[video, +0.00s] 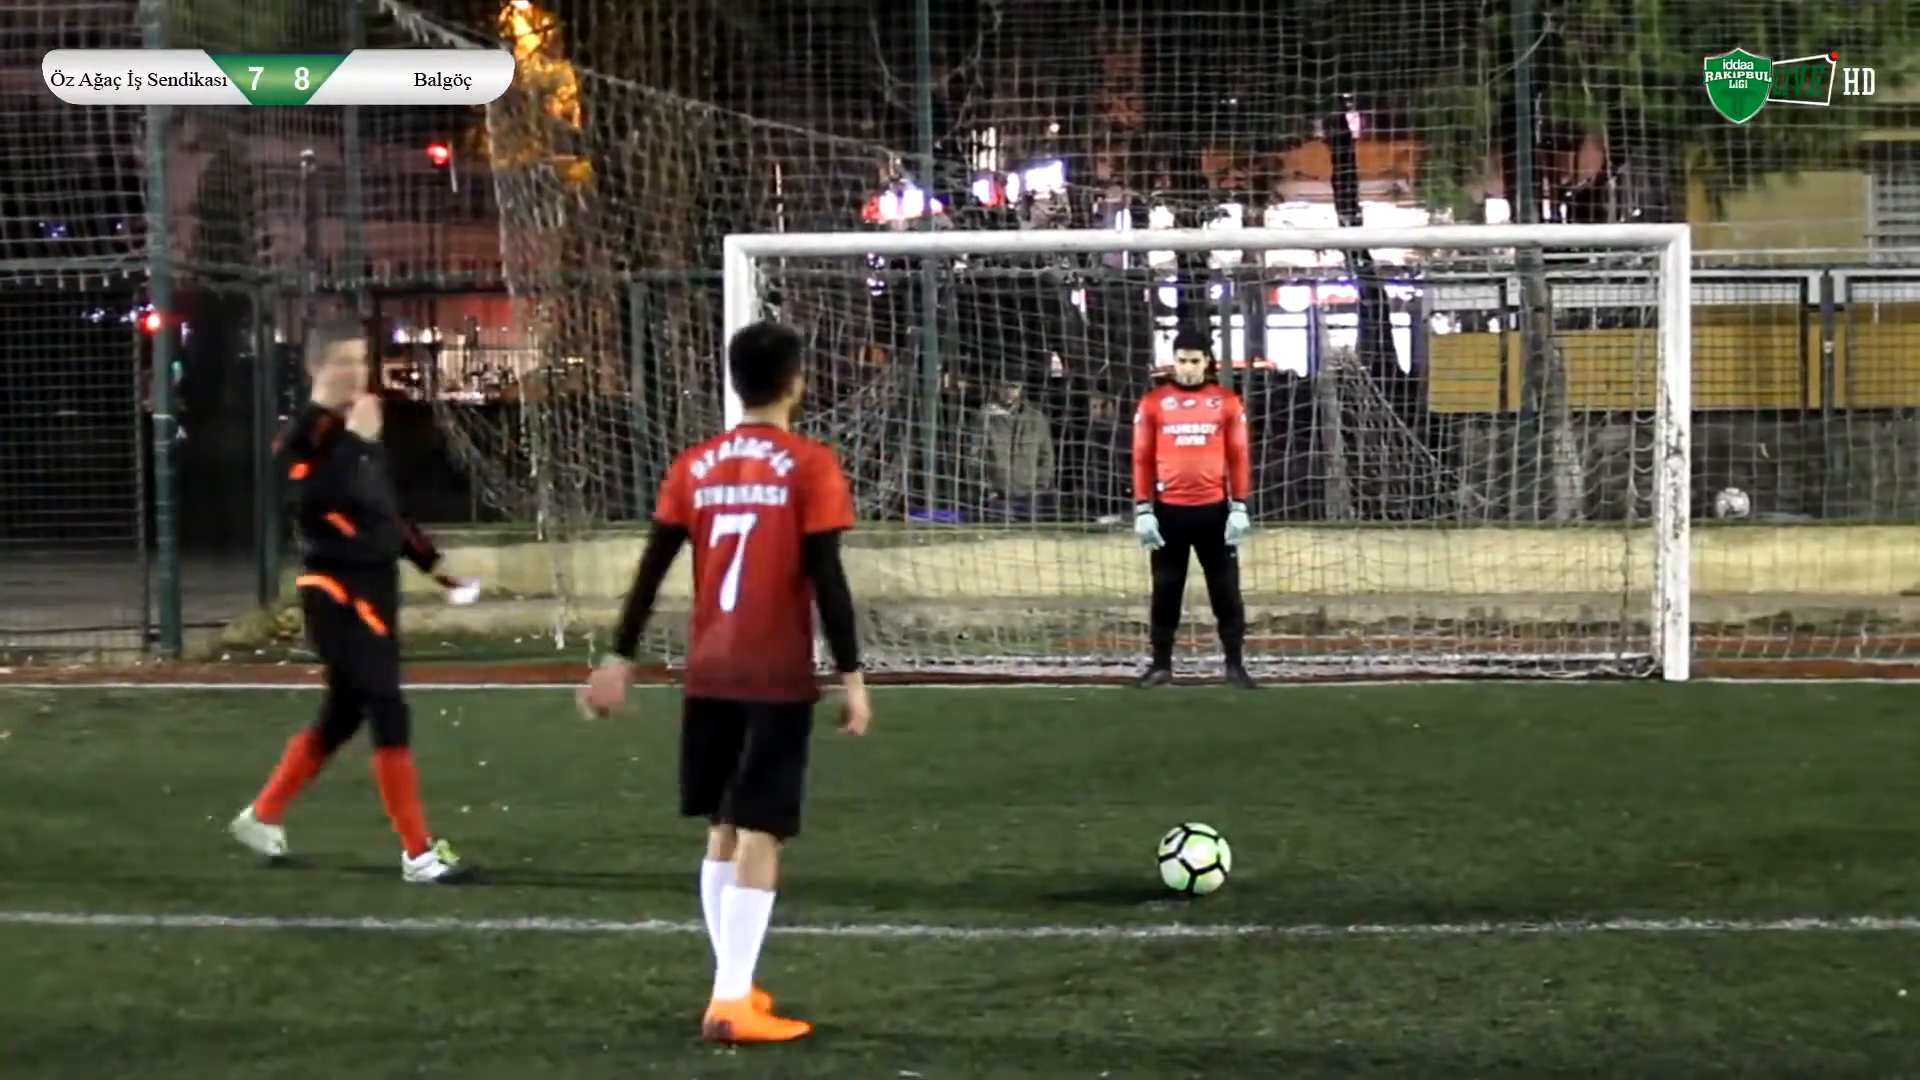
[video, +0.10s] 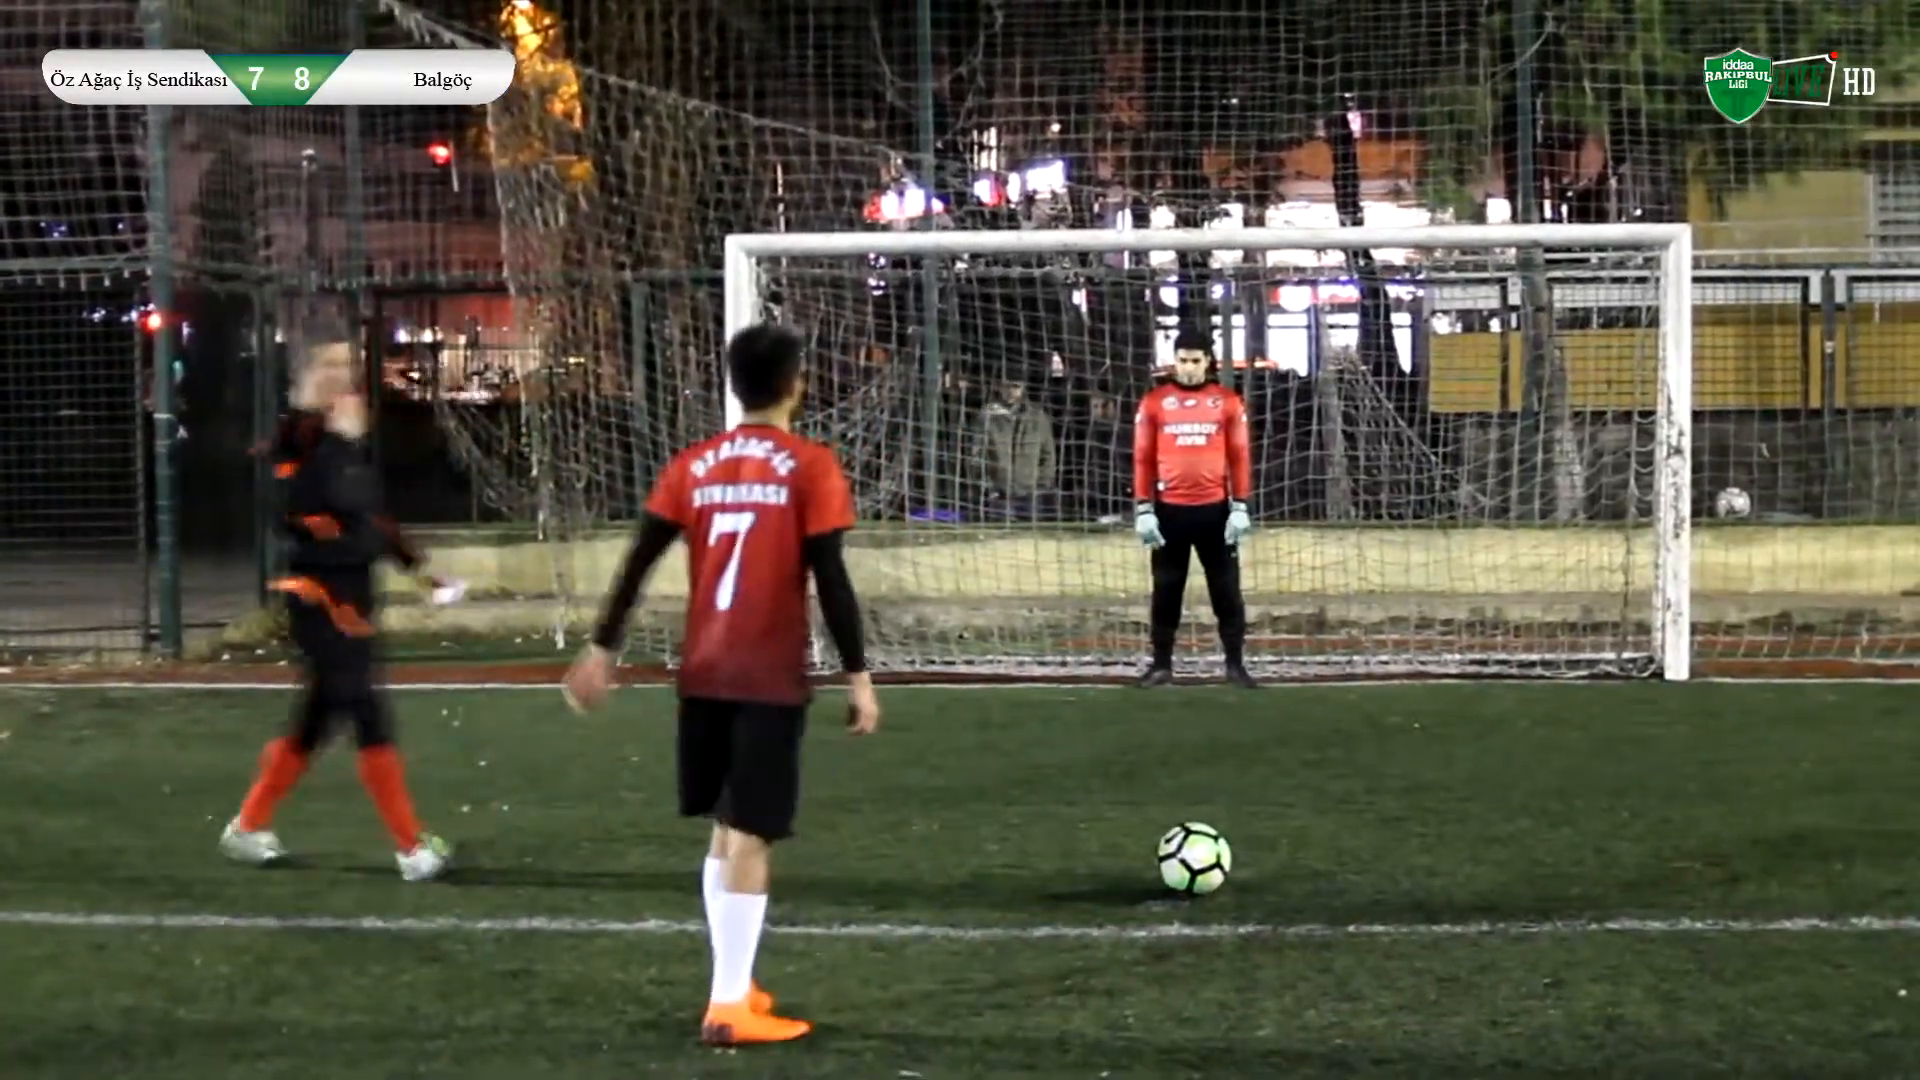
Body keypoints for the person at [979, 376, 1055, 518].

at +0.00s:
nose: (1009, 392)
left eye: (1014, 387)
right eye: (1005, 386)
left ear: (1021, 389)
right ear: (996, 387)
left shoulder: (1037, 418)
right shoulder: (986, 416)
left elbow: (1047, 455)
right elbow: (975, 455)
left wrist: (1042, 483)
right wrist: (987, 488)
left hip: (1030, 493)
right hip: (998, 493)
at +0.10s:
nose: (1011, 392)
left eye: (1016, 387)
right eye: (1007, 386)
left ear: (1024, 389)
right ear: (999, 387)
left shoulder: (1039, 416)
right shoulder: (989, 415)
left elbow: (1049, 454)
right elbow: (977, 454)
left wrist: (1044, 484)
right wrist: (988, 488)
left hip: (1031, 494)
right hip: (999, 493)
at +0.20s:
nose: (1011, 392)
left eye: (1017, 387)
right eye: (1007, 386)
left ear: (1024, 389)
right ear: (999, 386)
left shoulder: (1038, 416)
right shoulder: (988, 415)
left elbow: (1048, 454)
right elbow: (977, 453)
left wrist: (1043, 484)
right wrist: (987, 488)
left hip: (1030, 493)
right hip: (998, 493)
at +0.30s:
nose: (1011, 392)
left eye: (1016, 387)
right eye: (1006, 386)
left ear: (1024, 389)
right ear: (998, 387)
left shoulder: (1038, 416)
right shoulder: (987, 415)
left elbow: (1048, 454)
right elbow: (977, 454)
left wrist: (1043, 484)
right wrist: (987, 488)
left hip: (1030, 493)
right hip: (998, 493)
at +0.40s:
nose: (1012, 392)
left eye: (1017, 387)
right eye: (1007, 387)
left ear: (1024, 388)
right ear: (999, 387)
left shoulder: (1037, 416)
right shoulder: (987, 416)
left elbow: (1048, 454)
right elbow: (977, 454)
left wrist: (1042, 485)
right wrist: (986, 487)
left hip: (1030, 494)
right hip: (998, 493)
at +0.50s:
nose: (1014, 392)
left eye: (1019, 386)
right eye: (1009, 386)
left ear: (1026, 388)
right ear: (1001, 386)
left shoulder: (1040, 415)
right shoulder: (989, 415)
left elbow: (1050, 453)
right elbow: (980, 452)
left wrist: (1045, 485)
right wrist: (988, 486)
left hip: (1032, 493)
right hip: (1000, 492)